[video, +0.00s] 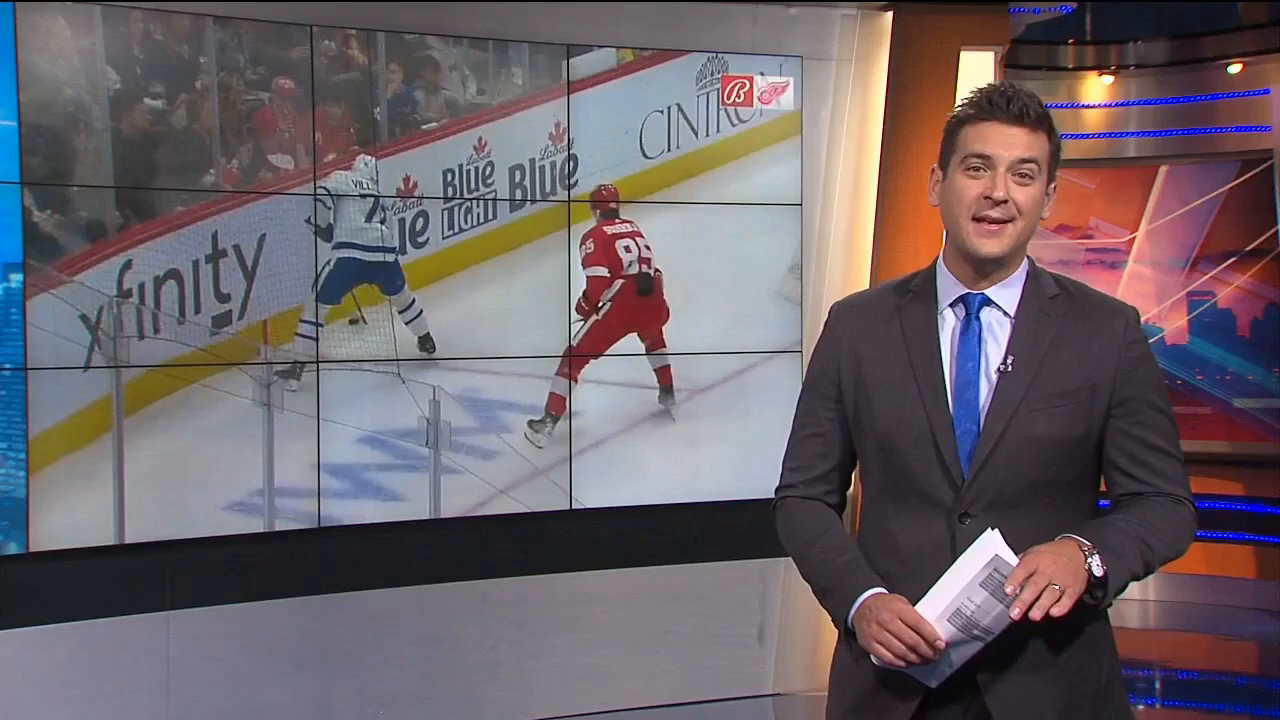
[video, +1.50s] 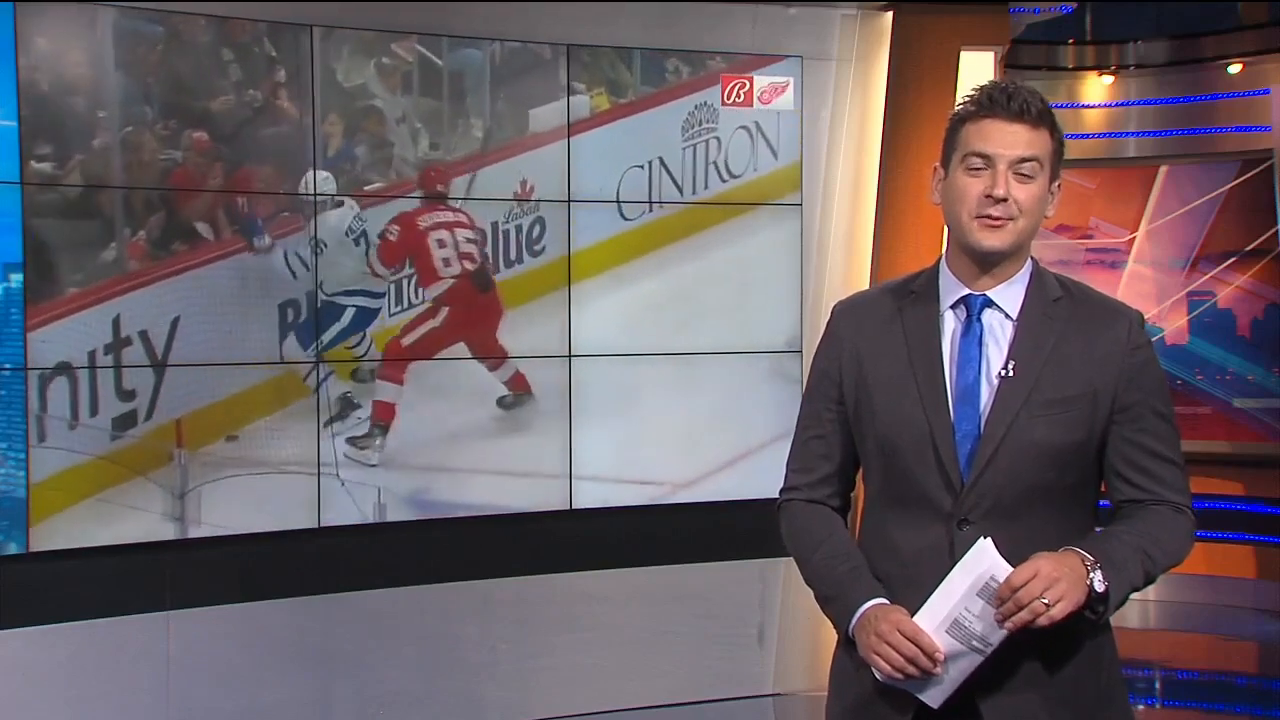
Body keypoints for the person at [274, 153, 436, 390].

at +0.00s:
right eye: (371, 172)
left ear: (354, 168)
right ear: (375, 174)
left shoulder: (341, 177)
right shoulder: (379, 191)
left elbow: (323, 193)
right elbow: (391, 210)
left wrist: (322, 226)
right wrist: (403, 198)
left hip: (349, 259)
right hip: (386, 260)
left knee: (317, 308)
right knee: (403, 299)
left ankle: (297, 366)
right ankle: (426, 339)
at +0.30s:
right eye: (372, 177)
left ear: (354, 172)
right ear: (374, 178)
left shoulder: (338, 181)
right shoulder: (380, 197)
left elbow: (321, 190)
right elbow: (388, 231)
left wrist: (321, 225)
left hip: (351, 265)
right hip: (388, 266)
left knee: (318, 310)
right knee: (402, 301)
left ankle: (301, 368)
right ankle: (426, 339)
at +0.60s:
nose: (330, 166)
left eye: (332, 162)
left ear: (336, 169)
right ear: (361, 177)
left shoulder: (334, 185)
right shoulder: (370, 200)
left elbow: (318, 174)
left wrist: (297, 202)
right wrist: (328, 263)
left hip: (354, 273)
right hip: (388, 274)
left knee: (316, 314)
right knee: (396, 307)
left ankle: (311, 369)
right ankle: (424, 340)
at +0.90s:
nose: (320, 190)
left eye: (321, 186)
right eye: (320, 185)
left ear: (326, 187)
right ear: (350, 188)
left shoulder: (331, 205)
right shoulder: (366, 216)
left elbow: (305, 184)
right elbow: (362, 257)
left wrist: (279, 188)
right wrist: (324, 262)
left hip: (349, 293)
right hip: (382, 296)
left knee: (304, 329)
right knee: (383, 315)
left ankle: (319, 380)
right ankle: (410, 345)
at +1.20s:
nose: (306, 202)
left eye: (307, 197)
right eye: (306, 198)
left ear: (312, 195)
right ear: (336, 191)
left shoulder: (321, 210)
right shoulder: (354, 214)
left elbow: (297, 227)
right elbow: (339, 250)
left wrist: (267, 205)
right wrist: (308, 243)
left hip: (345, 305)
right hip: (375, 305)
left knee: (294, 337)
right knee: (364, 320)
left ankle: (326, 391)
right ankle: (391, 353)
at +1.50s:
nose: (306, 209)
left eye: (309, 203)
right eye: (305, 203)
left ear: (314, 202)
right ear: (332, 195)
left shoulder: (323, 229)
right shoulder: (348, 206)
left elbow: (294, 267)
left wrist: (268, 248)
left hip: (347, 305)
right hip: (372, 299)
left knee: (294, 348)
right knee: (351, 329)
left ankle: (341, 401)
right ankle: (372, 364)